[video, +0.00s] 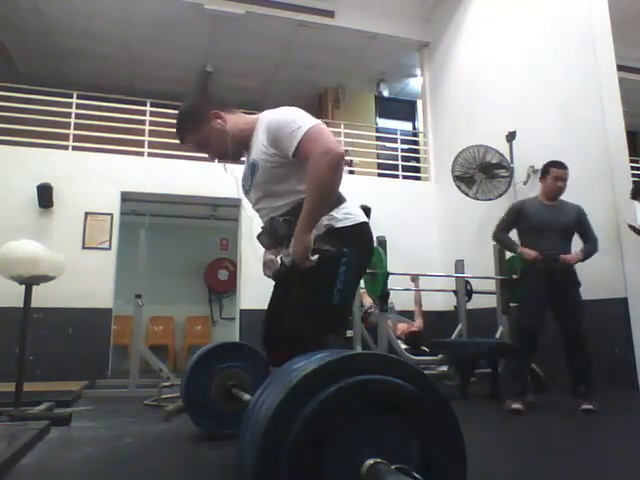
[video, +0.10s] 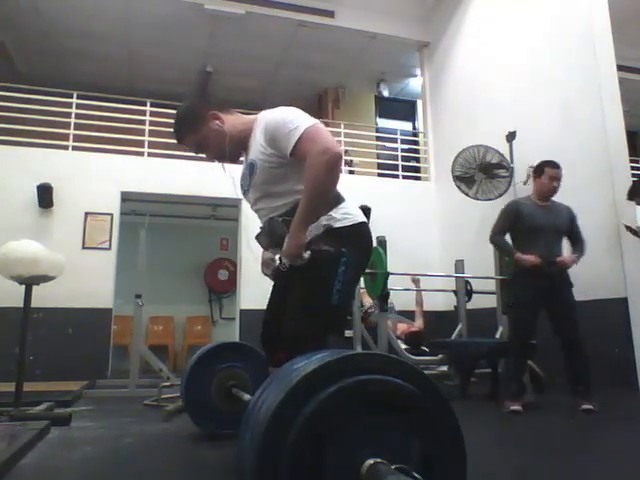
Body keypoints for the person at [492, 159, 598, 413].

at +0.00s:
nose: (560, 185)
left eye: (564, 180)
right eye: (556, 179)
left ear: (567, 183)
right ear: (543, 179)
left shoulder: (574, 212)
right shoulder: (522, 209)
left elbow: (592, 243)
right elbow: (498, 234)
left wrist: (577, 256)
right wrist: (520, 250)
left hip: (564, 280)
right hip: (533, 281)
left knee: (574, 335)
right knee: (526, 335)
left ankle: (583, 396)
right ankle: (517, 395)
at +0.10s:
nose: (556, 185)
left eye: (558, 180)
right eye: (551, 179)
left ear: (560, 183)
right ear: (536, 178)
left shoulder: (564, 212)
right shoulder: (516, 208)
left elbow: (578, 243)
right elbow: (496, 237)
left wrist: (573, 257)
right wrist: (518, 256)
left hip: (557, 281)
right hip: (525, 282)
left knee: (571, 336)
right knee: (520, 340)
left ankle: (583, 396)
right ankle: (513, 397)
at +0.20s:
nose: (551, 183)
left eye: (553, 179)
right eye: (547, 178)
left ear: (551, 181)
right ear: (530, 177)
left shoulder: (555, 210)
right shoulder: (510, 207)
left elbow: (562, 240)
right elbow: (490, 236)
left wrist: (563, 257)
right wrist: (510, 259)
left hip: (548, 280)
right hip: (518, 282)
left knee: (565, 335)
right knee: (516, 339)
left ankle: (580, 394)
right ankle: (512, 396)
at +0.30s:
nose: (549, 182)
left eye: (550, 178)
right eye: (546, 177)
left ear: (538, 178)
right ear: (529, 177)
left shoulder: (548, 208)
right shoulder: (506, 206)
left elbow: (552, 238)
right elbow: (482, 234)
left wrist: (554, 258)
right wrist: (502, 258)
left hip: (543, 279)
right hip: (514, 281)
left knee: (559, 334)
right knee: (515, 339)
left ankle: (567, 393)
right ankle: (511, 397)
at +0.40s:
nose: (547, 181)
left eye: (547, 176)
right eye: (543, 176)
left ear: (534, 178)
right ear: (527, 176)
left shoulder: (543, 206)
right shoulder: (504, 206)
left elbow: (547, 236)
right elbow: (480, 236)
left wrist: (551, 258)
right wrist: (500, 260)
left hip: (540, 279)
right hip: (513, 282)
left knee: (558, 335)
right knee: (516, 339)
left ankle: (565, 395)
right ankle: (511, 398)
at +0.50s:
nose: (546, 180)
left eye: (546, 175)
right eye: (543, 175)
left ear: (532, 176)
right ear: (527, 175)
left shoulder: (541, 206)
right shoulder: (504, 206)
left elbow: (544, 234)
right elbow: (482, 236)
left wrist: (549, 258)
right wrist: (503, 261)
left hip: (539, 279)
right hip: (513, 282)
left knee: (558, 334)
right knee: (515, 339)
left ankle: (567, 393)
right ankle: (511, 398)